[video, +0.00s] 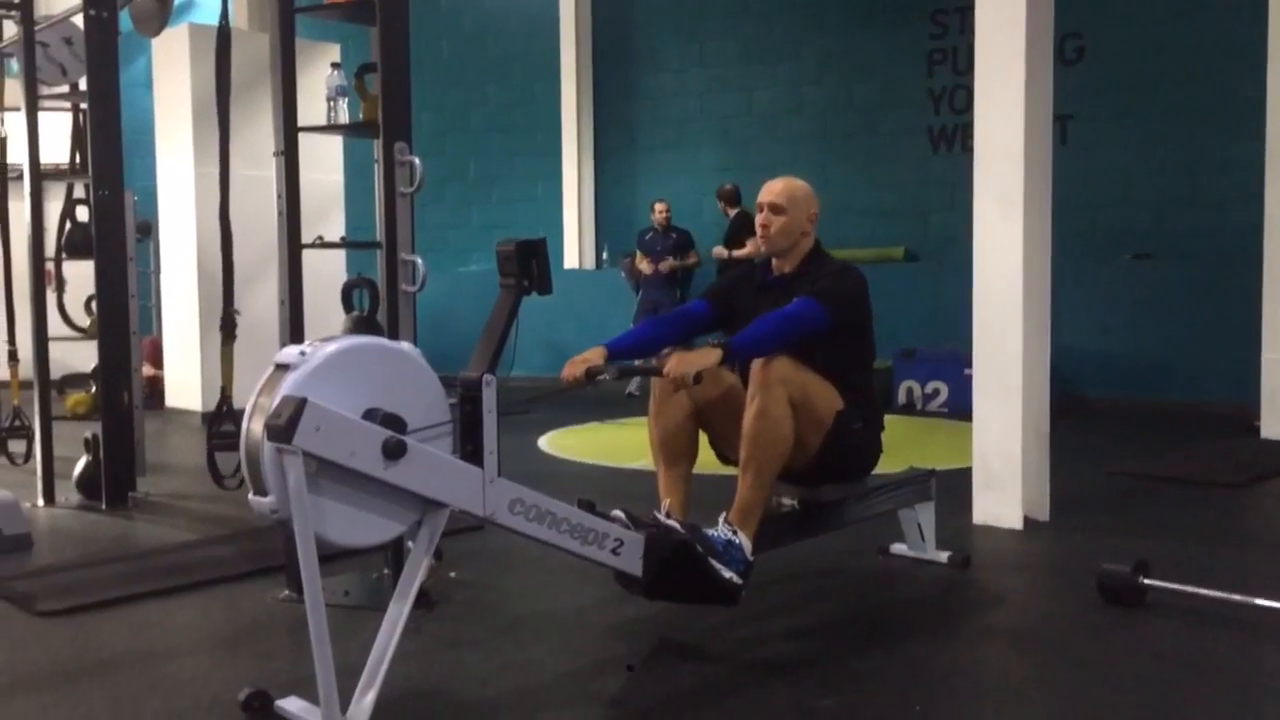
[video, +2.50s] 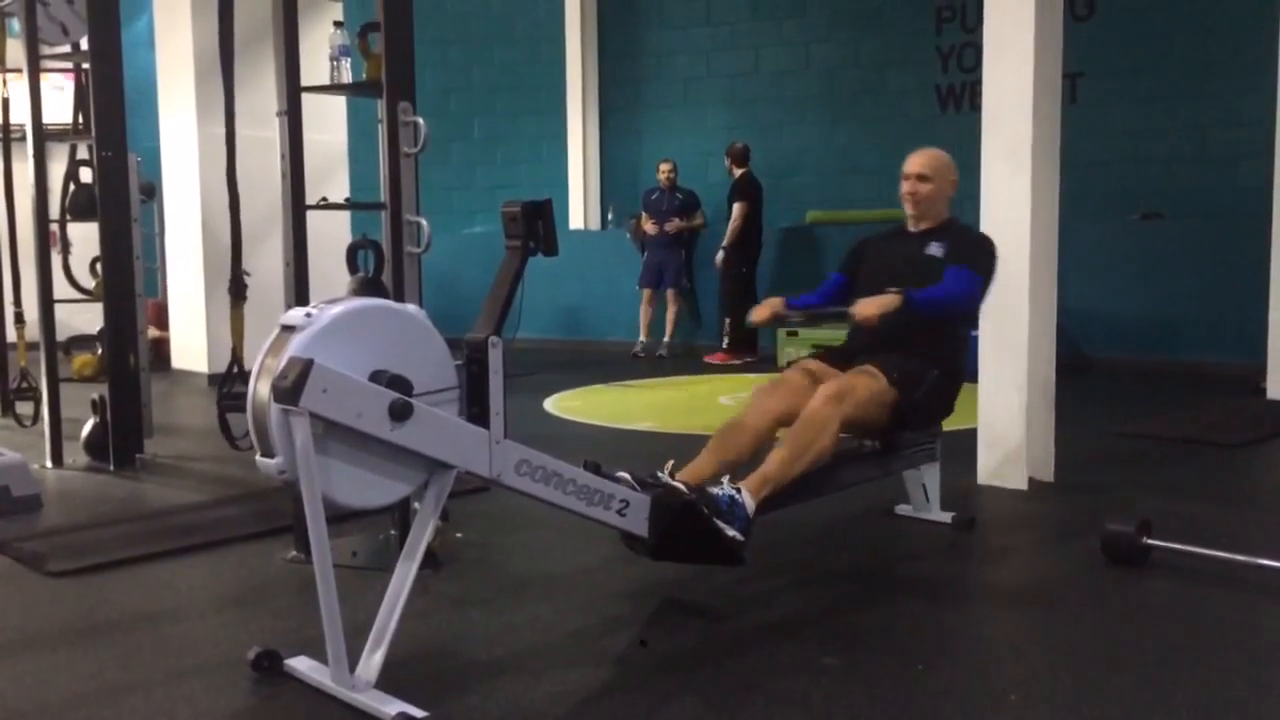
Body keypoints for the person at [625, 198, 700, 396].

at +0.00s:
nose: (664, 215)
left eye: (667, 212)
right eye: (660, 212)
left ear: (671, 213)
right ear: (653, 215)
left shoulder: (682, 235)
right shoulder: (644, 236)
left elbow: (694, 259)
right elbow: (639, 259)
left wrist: (675, 264)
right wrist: (643, 265)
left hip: (671, 293)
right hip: (648, 293)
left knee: (671, 336)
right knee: (640, 334)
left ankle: (671, 381)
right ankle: (638, 377)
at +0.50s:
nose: (678, 185)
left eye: (680, 181)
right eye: (673, 182)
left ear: (684, 183)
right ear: (666, 185)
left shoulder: (695, 206)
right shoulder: (656, 206)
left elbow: (705, 231)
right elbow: (651, 229)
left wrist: (688, 234)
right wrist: (654, 236)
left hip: (683, 263)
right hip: (660, 263)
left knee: (679, 308)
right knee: (654, 306)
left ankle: (673, 351)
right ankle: (648, 350)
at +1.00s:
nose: (674, 171)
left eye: (676, 167)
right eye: (670, 168)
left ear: (680, 169)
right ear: (662, 171)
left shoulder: (691, 192)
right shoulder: (652, 192)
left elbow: (700, 216)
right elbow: (647, 217)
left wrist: (682, 220)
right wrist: (651, 222)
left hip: (678, 248)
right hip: (657, 247)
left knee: (675, 291)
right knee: (650, 291)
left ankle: (670, 336)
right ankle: (646, 336)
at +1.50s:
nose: (669, 165)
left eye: (672, 161)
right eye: (665, 161)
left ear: (676, 163)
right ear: (658, 164)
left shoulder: (688, 186)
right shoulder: (649, 186)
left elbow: (699, 210)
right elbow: (643, 210)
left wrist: (681, 215)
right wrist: (647, 216)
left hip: (675, 242)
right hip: (653, 242)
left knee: (672, 285)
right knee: (647, 285)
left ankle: (666, 331)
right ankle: (642, 329)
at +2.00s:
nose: (669, 168)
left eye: (672, 165)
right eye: (665, 165)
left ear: (676, 168)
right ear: (658, 168)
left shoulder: (688, 190)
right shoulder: (649, 190)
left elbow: (700, 214)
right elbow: (644, 213)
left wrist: (682, 219)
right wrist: (647, 220)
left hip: (676, 247)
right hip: (653, 247)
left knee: (673, 290)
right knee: (647, 287)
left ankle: (670, 335)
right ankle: (644, 333)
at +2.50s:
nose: (667, 175)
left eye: (670, 172)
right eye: (663, 172)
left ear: (676, 174)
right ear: (658, 174)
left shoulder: (687, 196)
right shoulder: (649, 195)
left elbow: (700, 220)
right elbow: (644, 219)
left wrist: (682, 225)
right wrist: (646, 226)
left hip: (675, 253)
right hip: (653, 252)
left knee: (672, 296)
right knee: (647, 295)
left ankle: (666, 342)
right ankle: (642, 339)